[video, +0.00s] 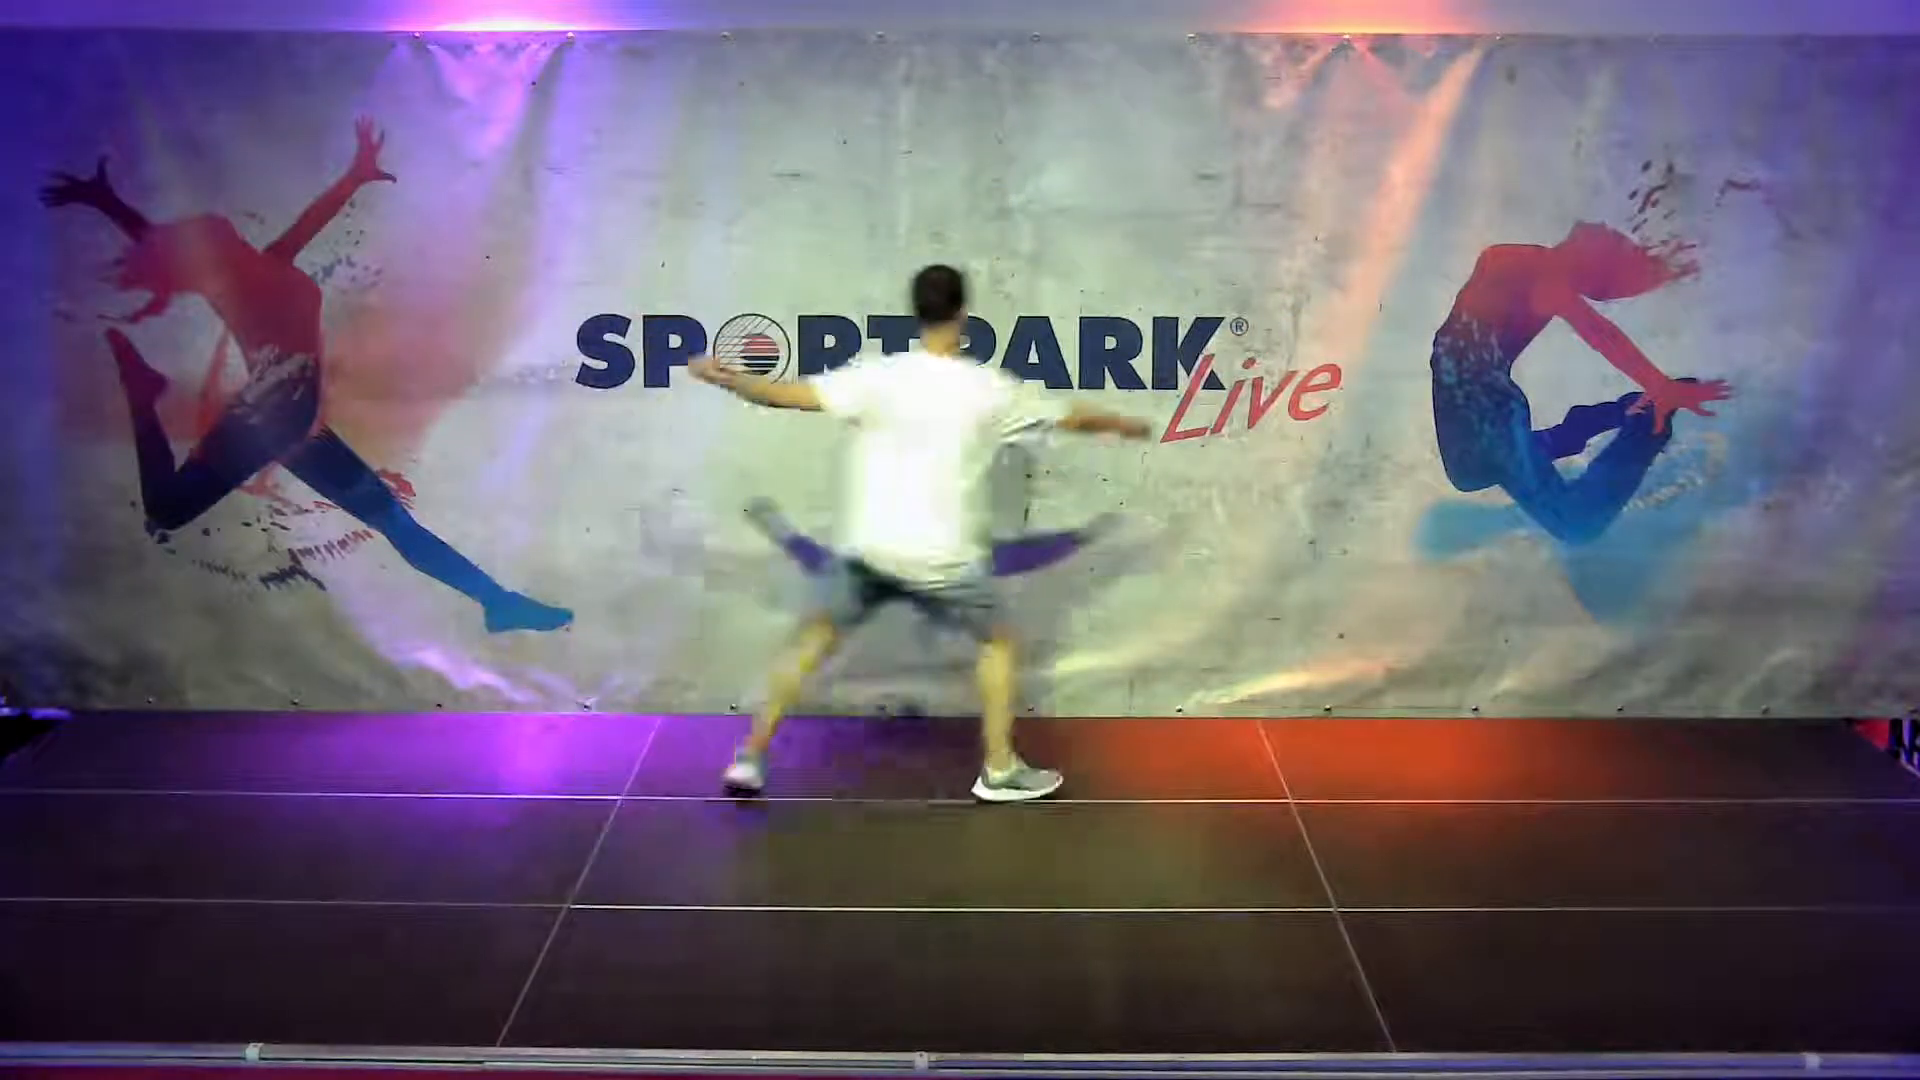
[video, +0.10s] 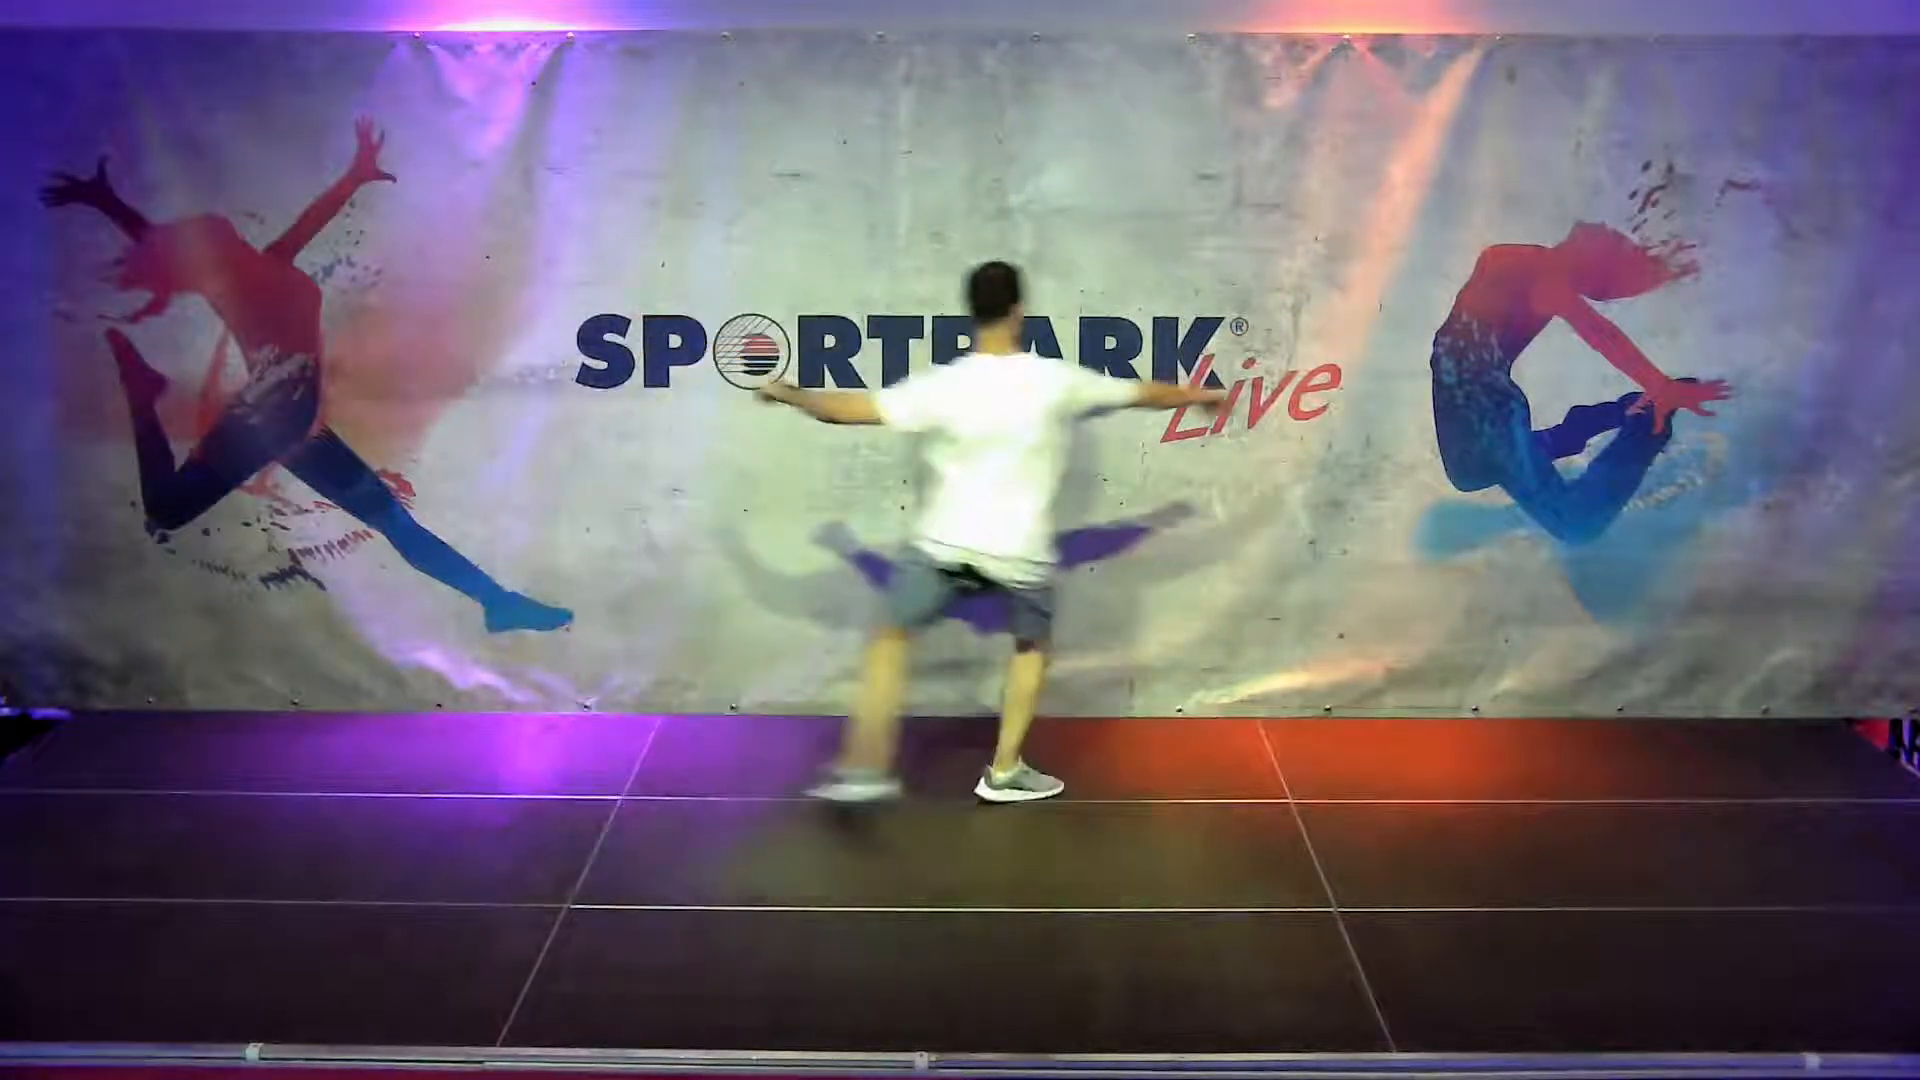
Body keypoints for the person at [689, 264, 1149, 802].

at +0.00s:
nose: (954, 317)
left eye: (941, 307)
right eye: (959, 308)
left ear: (916, 313)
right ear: (963, 314)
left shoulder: (878, 376)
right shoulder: (988, 387)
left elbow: (793, 394)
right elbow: (1068, 416)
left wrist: (730, 379)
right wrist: (1119, 425)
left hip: (870, 549)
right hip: (944, 557)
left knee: (814, 640)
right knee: (999, 640)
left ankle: (749, 757)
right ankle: (1000, 767)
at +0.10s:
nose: (1018, 316)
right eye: (1019, 307)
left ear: (970, 314)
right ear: (1020, 312)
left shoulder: (944, 384)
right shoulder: (1055, 380)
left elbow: (858, 408)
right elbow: (1138, 393)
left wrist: (794, 394)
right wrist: (1199, 395)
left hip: (946, 545)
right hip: (1020, 551)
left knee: (891, 631)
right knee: (1032, 647)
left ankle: (867, 766)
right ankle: (1005, 769)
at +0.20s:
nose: (1080, 314)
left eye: (1061, 305)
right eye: (1082, 304)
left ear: (1033, 312)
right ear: (1082, 309)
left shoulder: (1012, 385)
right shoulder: (1124, 375)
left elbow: (917, 424)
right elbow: (1213, 382)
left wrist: (867, 417)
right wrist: (1281, 378)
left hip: (1018, 549)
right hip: (1088, 552)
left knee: (993, 654)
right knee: (1053, 660)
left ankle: (1037, 765)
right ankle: (1017, 767)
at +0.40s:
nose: (1216, 319)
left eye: (1213, 309)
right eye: (1214, 309)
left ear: (1160, 312)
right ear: (1203, 312)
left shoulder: (1131, 388)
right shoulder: (1248, 374)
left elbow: (1052, 424)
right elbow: (1330, 361)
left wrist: (986, 449)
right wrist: (1366, 334)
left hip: (1169, 558)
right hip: (1240, 559)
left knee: (1164, 690)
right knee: (1252, 648)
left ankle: (1173, 821)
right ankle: (1219, 726)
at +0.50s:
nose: (1289, 294)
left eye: (1282, 284)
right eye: (1285, 285)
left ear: (1233, 291)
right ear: (1274, 288)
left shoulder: (1198, 363)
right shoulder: (1319, 347)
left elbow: (1115, 399)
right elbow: (1397, 318)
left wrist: (1034, 427)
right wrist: (1402, 290)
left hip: (1245, 537)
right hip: (1318, 534)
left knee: (1229, 660)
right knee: (1375, 640)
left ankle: (1201, 792)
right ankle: (1333, 759)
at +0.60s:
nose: (1370, 293)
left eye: (1366, 282)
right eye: (1367, 282)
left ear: (1312, 289)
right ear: (1358, 286)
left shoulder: (1279, 353)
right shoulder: (1398, 341)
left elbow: (1183, 374)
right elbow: (1473, 309)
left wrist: (1089, 393)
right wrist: (1436, 275)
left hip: (1326, 537)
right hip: (1394, 537)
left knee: (1362, 656)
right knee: (1423, 663)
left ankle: (1350, 794)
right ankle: (1397, 814)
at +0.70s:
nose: (1419, 310)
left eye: (1411, 299)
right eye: (1416, 299)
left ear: (1365, 308)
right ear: (1412, 304)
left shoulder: (1331, 371)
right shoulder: (1442, 359)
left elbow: (1237, 371)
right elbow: (1505, 330)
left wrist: (1138, 369)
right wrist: (1450, 277)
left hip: (1371, 559)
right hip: (1437, 553)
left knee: (1447, 679)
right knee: (1434, 694)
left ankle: (1504, 801)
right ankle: (1388, 846)